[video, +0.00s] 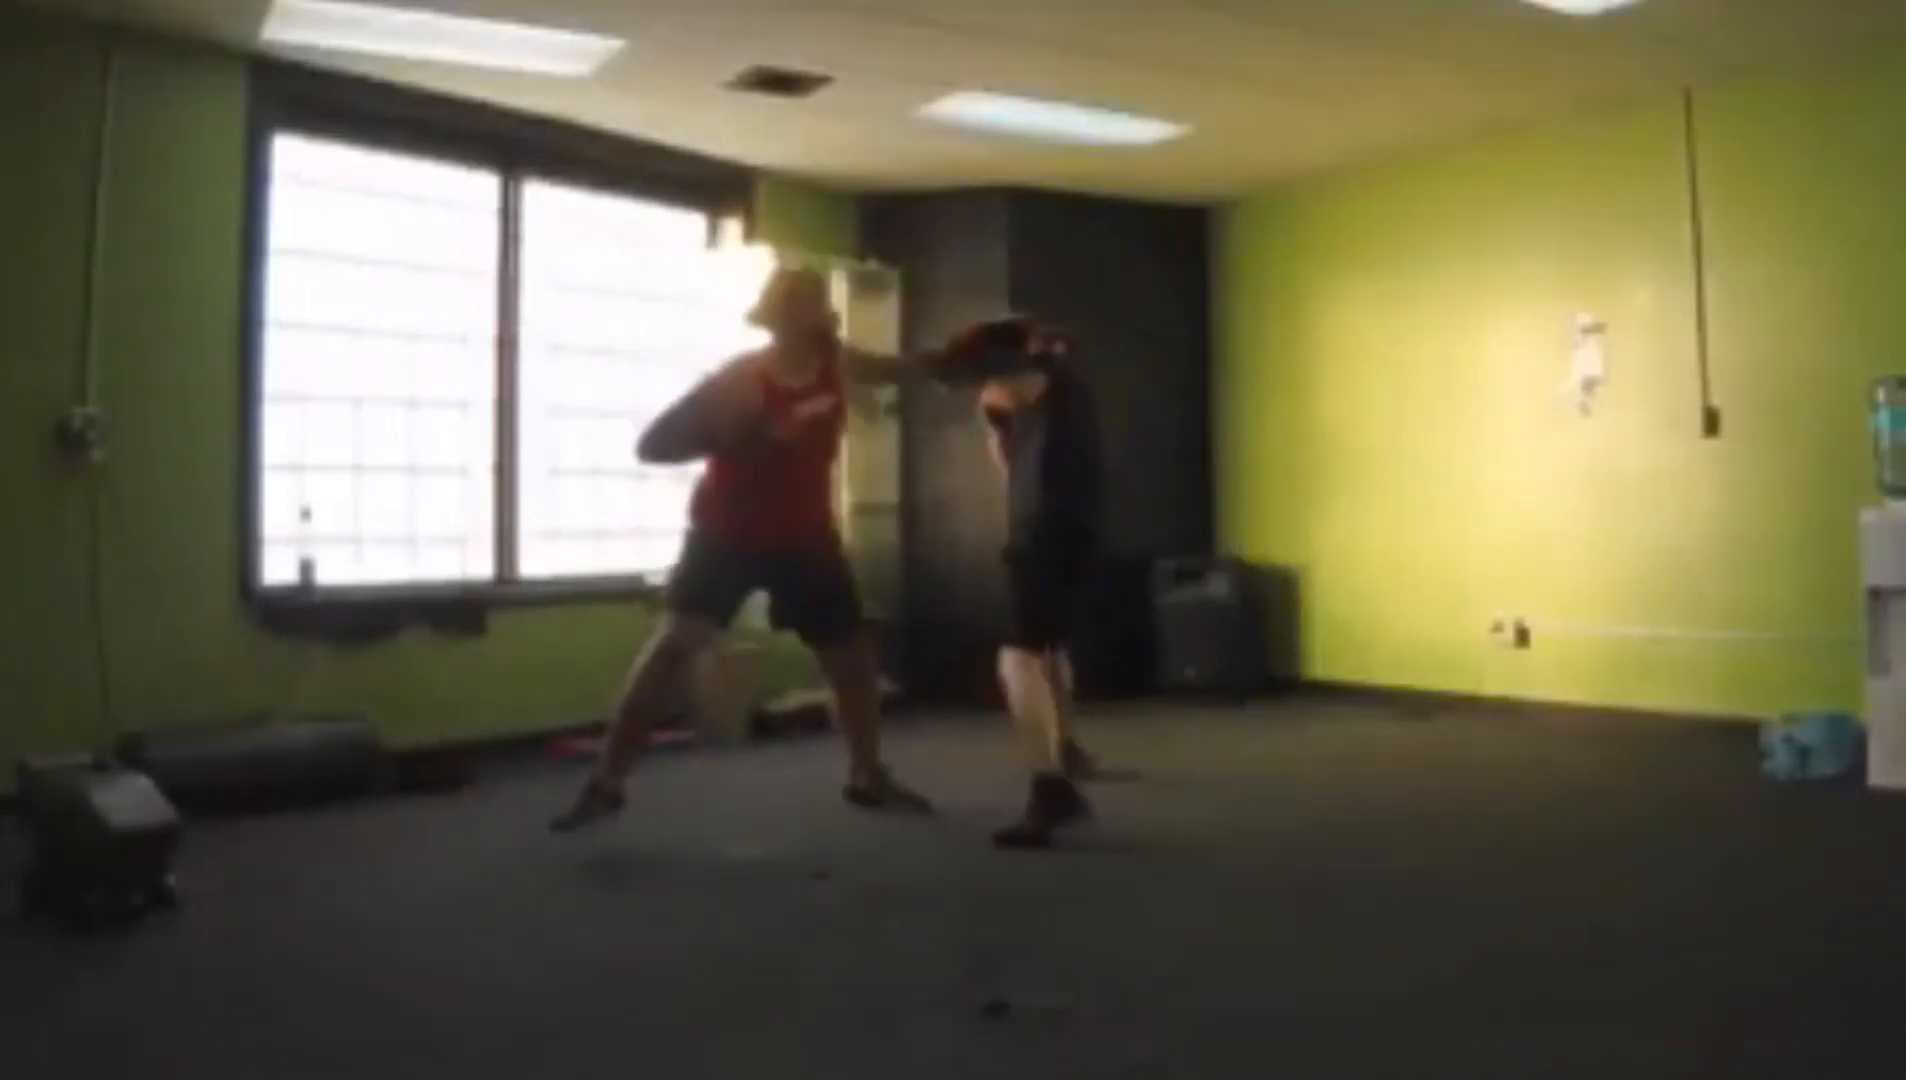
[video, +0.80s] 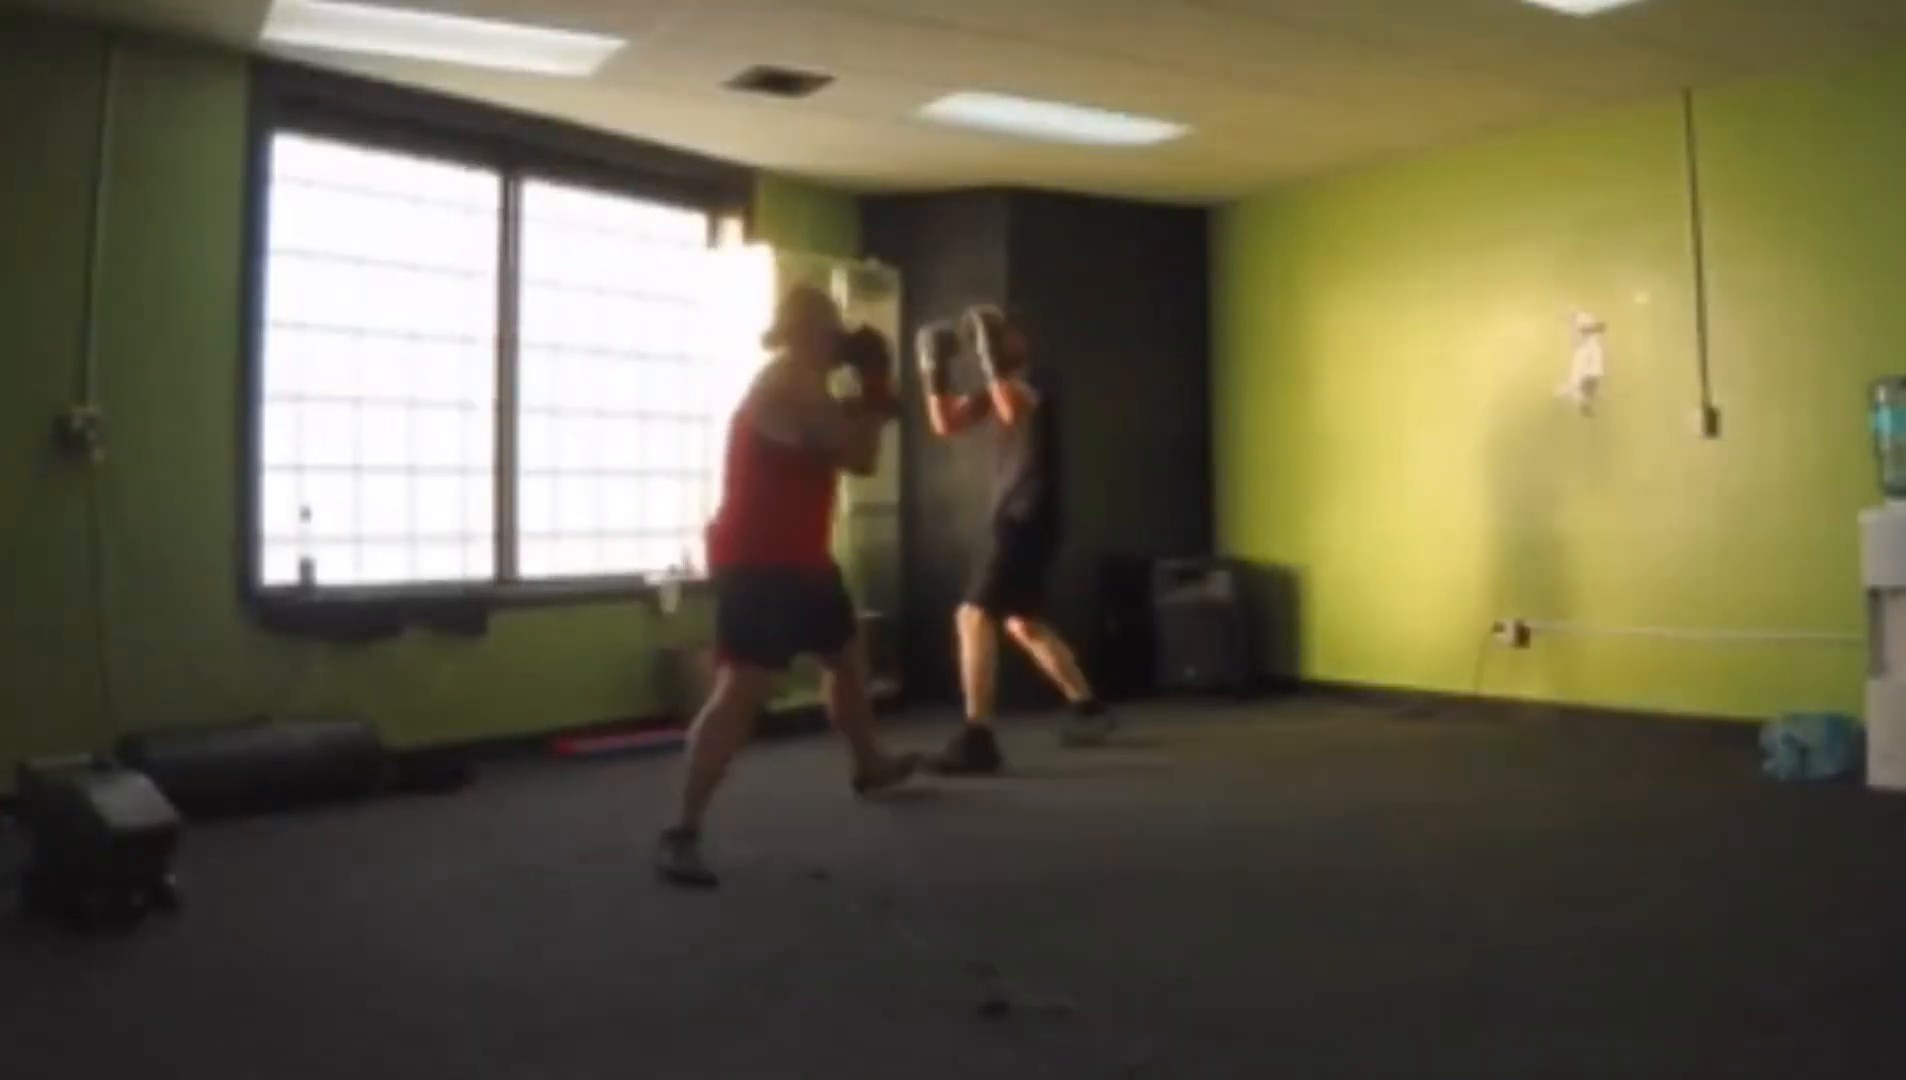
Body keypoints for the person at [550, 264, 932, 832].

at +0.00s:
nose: (816, 320)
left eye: (819, 307)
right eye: (803, 308)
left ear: (827, 314)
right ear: (777, 318)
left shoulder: (835, 366)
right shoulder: (742, 380)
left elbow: (895, 371)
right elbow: (654, 445)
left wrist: (948, 363)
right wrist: (732, 437)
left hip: (806, 540)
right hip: (726, 540)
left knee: (850, 654)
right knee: (673, 649)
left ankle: (867, 778)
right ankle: (607, 781)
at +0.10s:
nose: (824, 323)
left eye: (826, 311)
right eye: (809, 312)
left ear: (833, 324)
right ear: (782, 325)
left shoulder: (837, 390)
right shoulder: (753, 392)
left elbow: (876, 397)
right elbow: (669, 459)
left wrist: (924, 367)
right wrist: (746, 463)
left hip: (824, 551)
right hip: (747, 550)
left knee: (874, 665)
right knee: (691, 663)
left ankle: (870, 777)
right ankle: (624, 794)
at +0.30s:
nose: (816, 316)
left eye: (817, 303)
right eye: (805, 303)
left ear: (808, 311)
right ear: (777, 307)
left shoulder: (809, 384)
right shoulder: (731, 378)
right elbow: (734, 472)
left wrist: (861, 400)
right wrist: (812, 423)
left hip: (792, 542)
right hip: (723, 547)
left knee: (844, 645)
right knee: (705, 673)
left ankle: (860, 766)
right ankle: (647, 813)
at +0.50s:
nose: (808, 312)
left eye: (806, 300)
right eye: (798, 300)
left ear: (784, 307)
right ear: (774, 304)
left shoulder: (787, 373)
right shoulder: (735, 368)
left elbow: (821, 435)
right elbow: (813, 433)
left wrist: (847, 378)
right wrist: (846, 379)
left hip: (780, 542)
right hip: (726, 544)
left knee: (831, 651)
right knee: (732, 685)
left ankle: (820, 784)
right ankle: (681, 830)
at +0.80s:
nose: (833, 340)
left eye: (833, 328)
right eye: (824, 328)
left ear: (816, 334)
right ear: (800, 333)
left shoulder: (814, 393)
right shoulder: (781, 390)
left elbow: (862, 449)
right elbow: (853, 451)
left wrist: (872, 378)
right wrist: (873, 391)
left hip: (806, 561)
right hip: (758, 563)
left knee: (846, 657)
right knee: (740, 695)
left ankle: (869, 765)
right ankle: (684, 829)